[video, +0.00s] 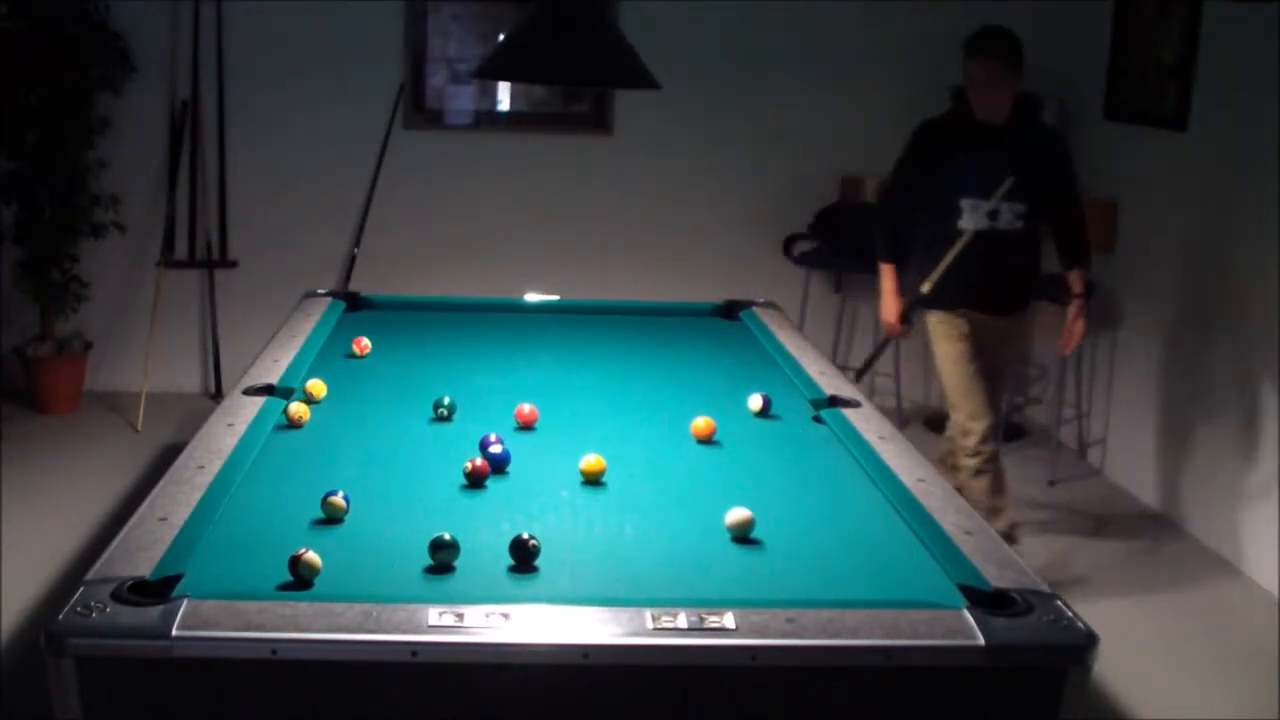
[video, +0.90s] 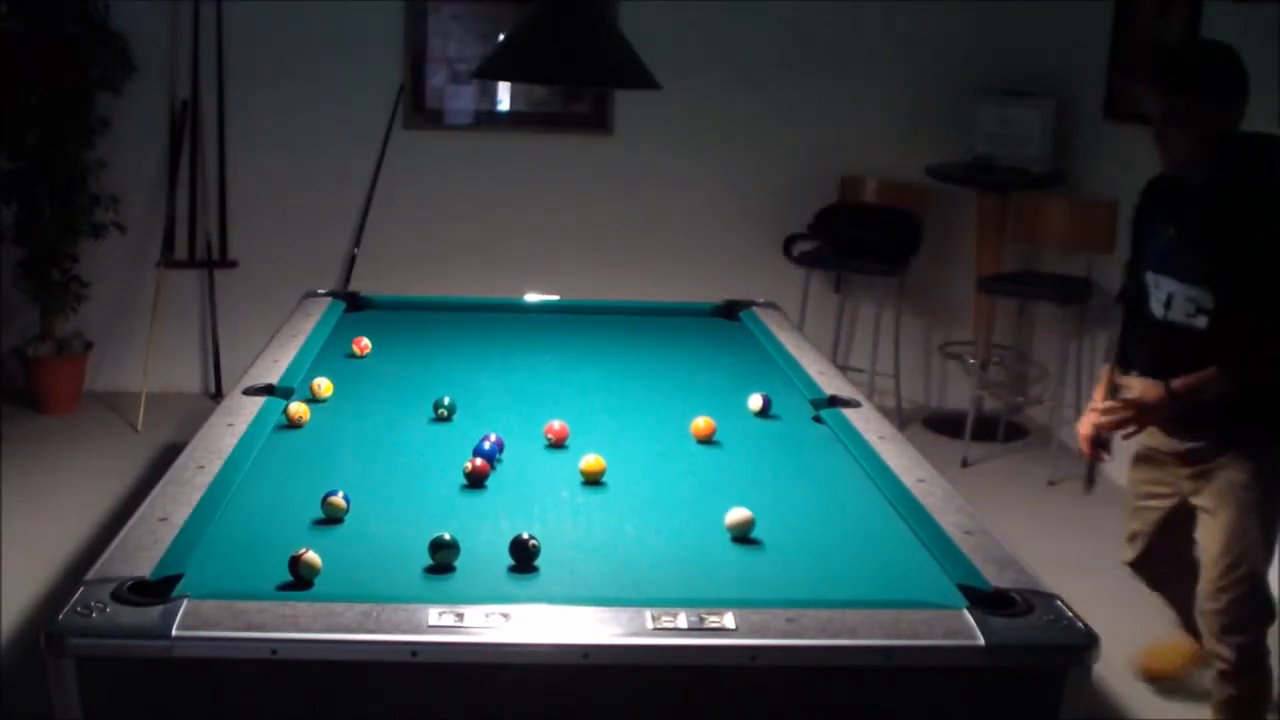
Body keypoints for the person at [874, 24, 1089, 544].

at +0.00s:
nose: (988, 86)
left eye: (999, 76)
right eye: (979, 75)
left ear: (1017, 79)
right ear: (965, 75)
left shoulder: (1040, 142)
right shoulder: (935, 136)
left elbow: (1068, 221)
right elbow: (890, 215)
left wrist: (1077, 298)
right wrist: (889, 292)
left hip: (1009, 304)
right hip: (946, 303)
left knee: (980, 422)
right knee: (977, 427)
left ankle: (945, 498)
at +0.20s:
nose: (1033, 109)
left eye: (1044, 96)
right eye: (1023, 96)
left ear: (1066, 97)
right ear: (1010, 94)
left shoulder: (1100, 162)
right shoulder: (985, 161)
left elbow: (1121, 254)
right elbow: (945, 246)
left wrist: (1115, 339)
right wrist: (939, 330)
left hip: (1077, 334)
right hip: (1011, 331)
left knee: (1033, 452)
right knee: (1049, 472)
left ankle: (955, 508)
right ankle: (1066, 604)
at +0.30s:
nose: (1060, 104)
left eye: (1072, 92)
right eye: (1050, 92)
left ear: (1092, 93)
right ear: (1034, 91)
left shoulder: (1129, 164)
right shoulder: (1007, 164)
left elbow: (1151, 260)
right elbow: (970, 252)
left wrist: (1140, 347)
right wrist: (964, 338)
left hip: (1106, 344)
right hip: (1033, 341)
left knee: (1094, 482)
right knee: (1057, 485)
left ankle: (1024, 528)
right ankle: (1072, 628)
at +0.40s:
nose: (1080, 100)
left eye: (1092, 88)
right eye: (1070, 87)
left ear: (1114, 88)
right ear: (1055, 88)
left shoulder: (1158, 162)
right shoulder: (1028, 160)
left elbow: (1183, 262)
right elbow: (992, 249)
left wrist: (1169, 352)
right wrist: (984, 335)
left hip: (1134, 361)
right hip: (1049, 358)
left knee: (1138, 500)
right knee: (1059, 503)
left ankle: (1103, 561)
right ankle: (1074, 626)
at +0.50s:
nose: (1099, 100)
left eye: (1111, 88)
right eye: (1090, 86)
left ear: (1137, 89)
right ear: (1077, 87)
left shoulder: (1184, 164)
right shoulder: (1050, 158)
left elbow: (1213, 269)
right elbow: (1011, 249)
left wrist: (1198, 365)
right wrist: (1001, 336)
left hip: (1153, 374)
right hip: (1063, 370)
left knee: (1164, 510)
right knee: (1063, 512)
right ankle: (1068, 635)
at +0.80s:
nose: (1154, 131)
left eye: (1170, 117)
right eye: (1148, 116)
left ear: (1204, 116)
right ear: (1140, 117)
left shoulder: (1249, 197)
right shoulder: (1133, 192)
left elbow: (1265, 341)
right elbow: (1099, 294)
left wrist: (1192, 392)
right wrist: (1070, 386)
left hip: (1218, 429)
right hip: (1128, 420)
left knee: (1217, 592)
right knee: (1105, 543)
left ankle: (1233, 708)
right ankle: (1102, 621)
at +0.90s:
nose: (1161, 135)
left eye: (1176, 119)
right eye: (1157, 118)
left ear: (1216, 120)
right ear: (1157, 119)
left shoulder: (1258, 198)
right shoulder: (1160, 196)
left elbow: (1261, 350)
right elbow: (1138, 312)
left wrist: (1171, 395)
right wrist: (1104, 401)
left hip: (1236, 441)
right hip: (1161, 432)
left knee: (1229, 602)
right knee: (1152, 553)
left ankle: (1241, 697)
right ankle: (1205, 636)